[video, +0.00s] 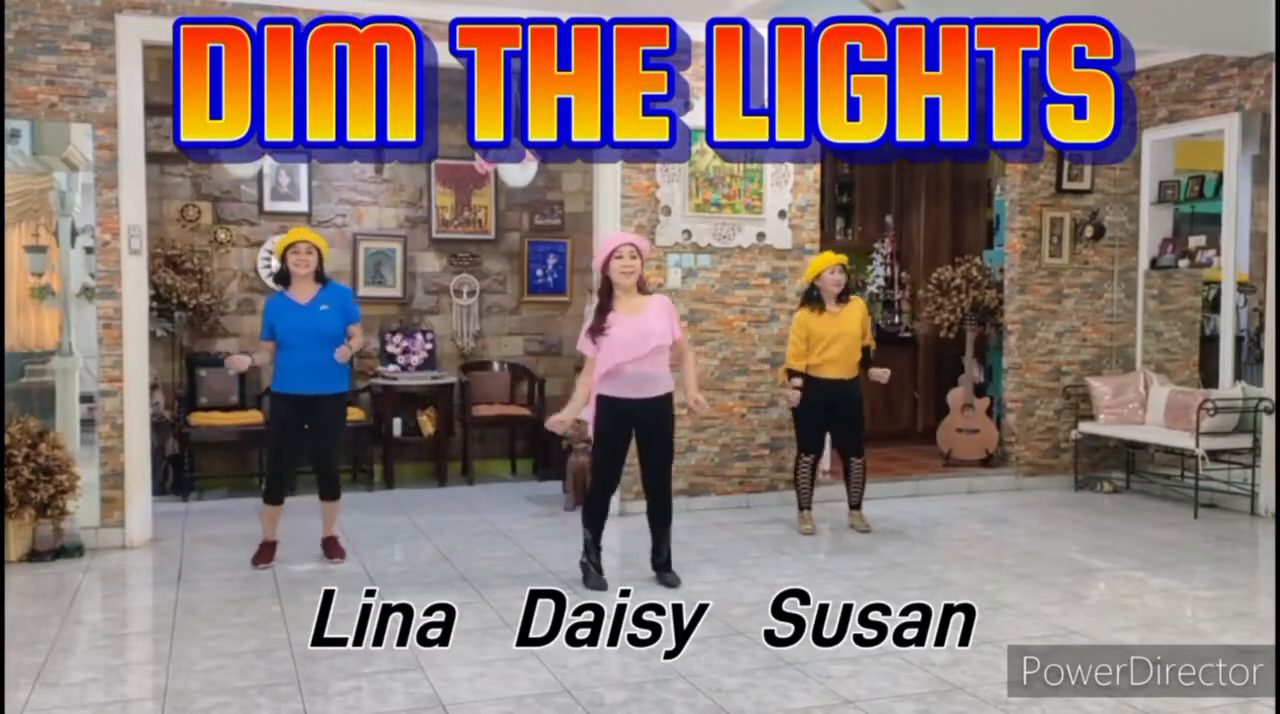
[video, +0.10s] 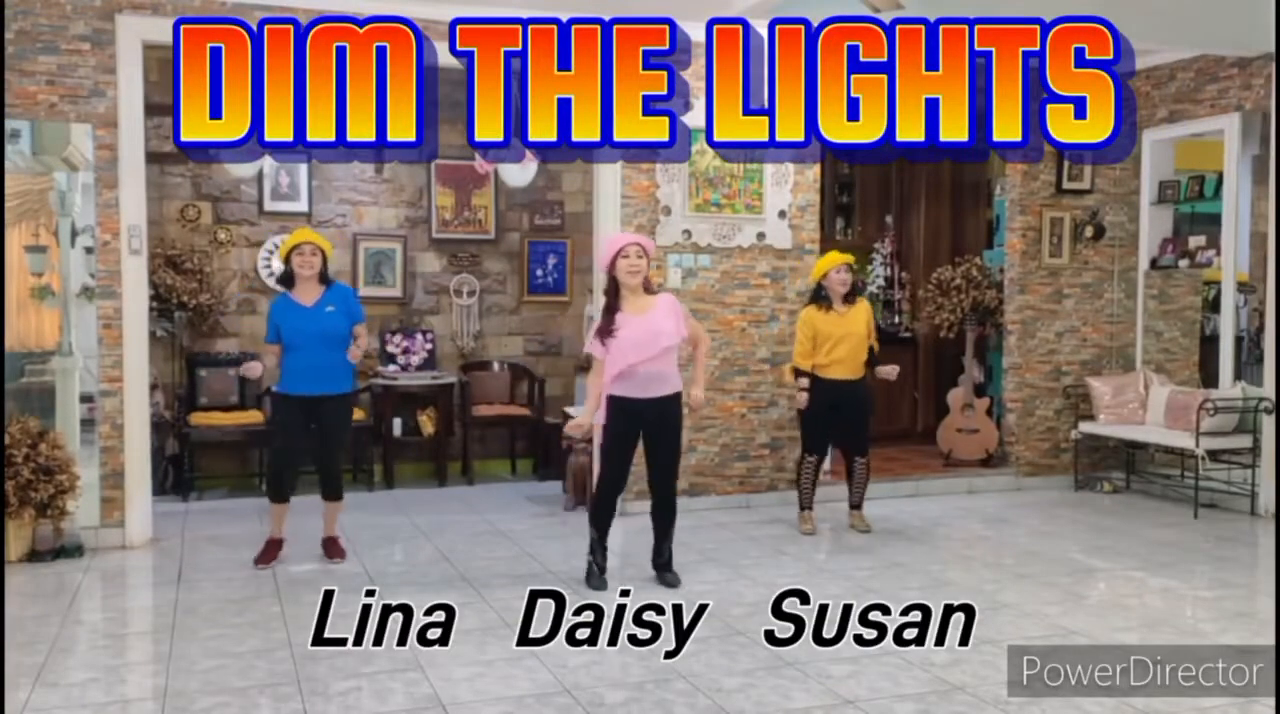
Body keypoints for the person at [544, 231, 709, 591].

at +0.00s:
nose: (627, 263)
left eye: (633, 257)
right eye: (618, 258)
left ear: (642, 265)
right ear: (606, 267)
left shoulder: (661, 304)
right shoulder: (601, 312)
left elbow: (684, 349)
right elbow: (589, 369)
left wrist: (692, 389)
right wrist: (571, 412)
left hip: (657, 403)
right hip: (612, 404)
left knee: (659, 485)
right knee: (603, 483)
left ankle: (662, 561)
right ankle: (591, 557)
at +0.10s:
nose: (632, 263)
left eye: (639, 257)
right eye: (625, 258)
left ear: (648, 266)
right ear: (612, 268)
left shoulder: (669, 305)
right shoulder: (609, 315)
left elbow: (701, 340)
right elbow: (597, 370)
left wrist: (699, 385)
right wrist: (588, 415)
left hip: (665, 403)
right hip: (622, 405)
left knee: (664, 486)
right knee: (610, 483)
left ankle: (663, 560)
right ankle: (596, 558)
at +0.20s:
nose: (639, 262)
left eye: (645, 256)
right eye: (631, 257)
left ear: (654, 264)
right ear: (619, 268)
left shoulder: (676, 303)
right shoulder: (614, 314)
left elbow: (713, 331)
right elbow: (603, 369)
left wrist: (703, 374)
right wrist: (602, 413)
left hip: (671, 404)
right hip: (627, 405)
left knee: (667, 488)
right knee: (617, 485)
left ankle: (663, 562)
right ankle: (608, 558)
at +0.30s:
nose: (644, 261)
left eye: (650, 256)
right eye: (636, 257)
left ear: (658, 264)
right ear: (623, 267)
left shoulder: (679, 302)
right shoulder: (618, 313)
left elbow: (714, 325)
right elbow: (606, 368)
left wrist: (705, 368)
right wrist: (612, 402)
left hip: (674, 404)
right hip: (631, 405)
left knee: (668, 488)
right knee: (627, 487)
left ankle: (664, 561)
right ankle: (627, 560)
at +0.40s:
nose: (647, 262)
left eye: (653, 256)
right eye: (639, 257)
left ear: (662, 265)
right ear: (627, 268)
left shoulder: (681, 304)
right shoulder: (620, 317)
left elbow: (713, 332)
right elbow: (608, 373)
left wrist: (703, 374)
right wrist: (621, 399)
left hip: (677, 404)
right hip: (637, 406)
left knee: (671, 487)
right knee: (639, 487)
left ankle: (665, 560)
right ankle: (642, 557)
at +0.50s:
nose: (650, 265)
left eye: (656, 259)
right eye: (642, 260)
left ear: (665, 268)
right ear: (629, 270)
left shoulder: (680, 310)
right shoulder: (620, 319)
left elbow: (713, 341)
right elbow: (608, 373)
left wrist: (701, 382)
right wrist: (629, 400)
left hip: (680, 407)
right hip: (642, 411)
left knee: (676, 488)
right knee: (647, 488)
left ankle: (665, 560)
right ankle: (645, 558)